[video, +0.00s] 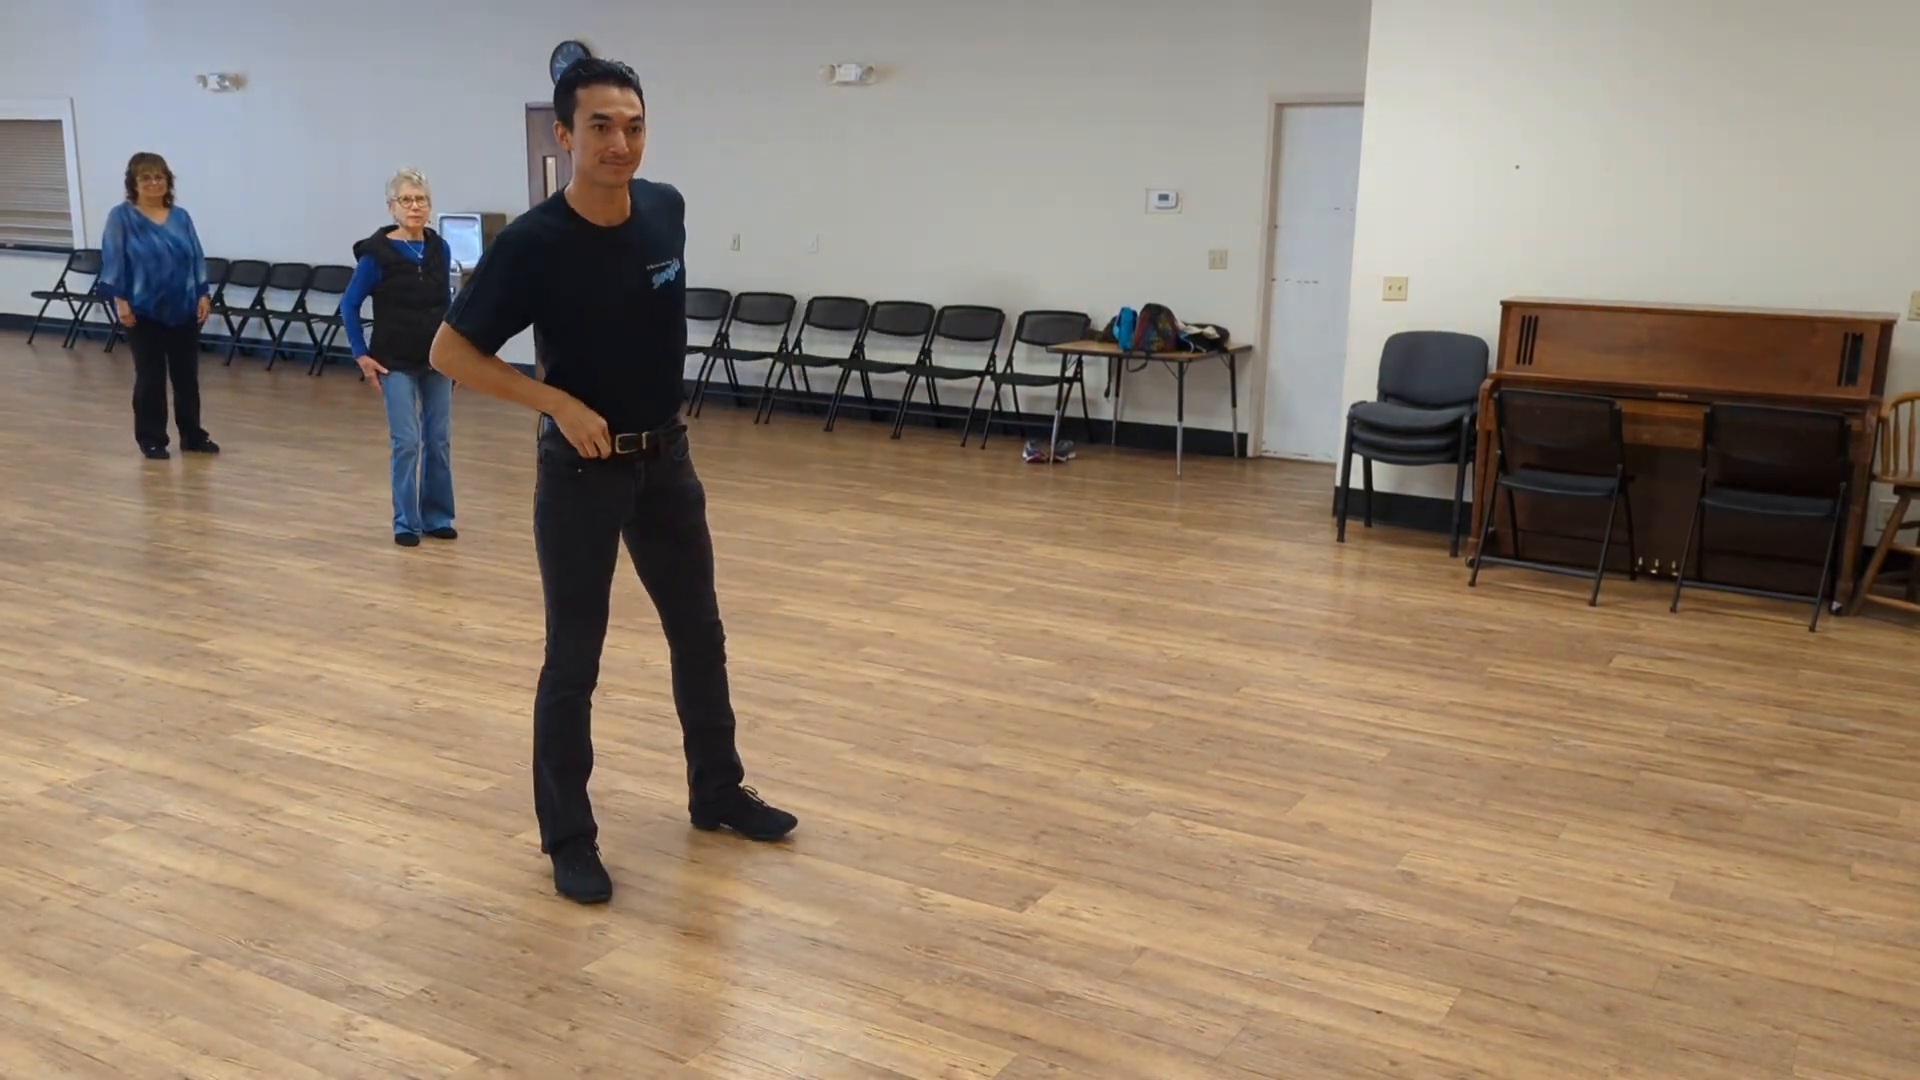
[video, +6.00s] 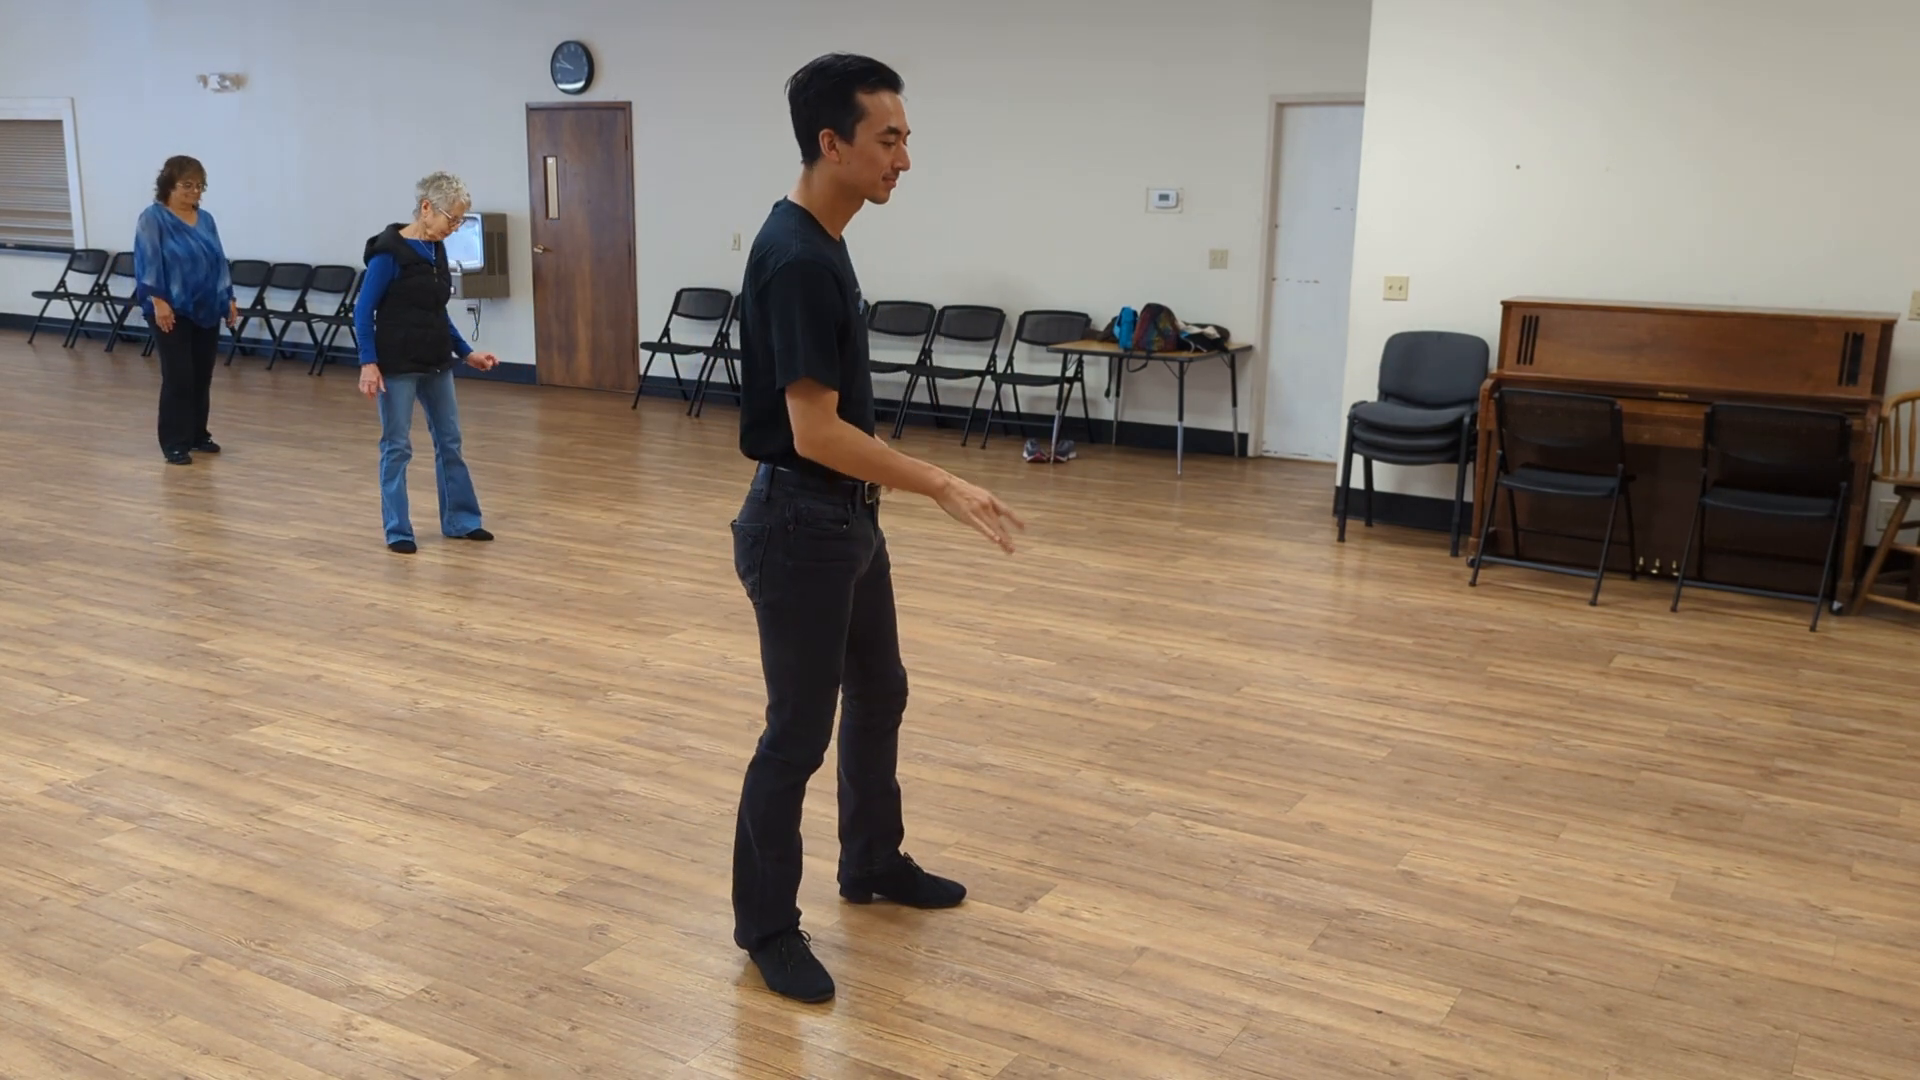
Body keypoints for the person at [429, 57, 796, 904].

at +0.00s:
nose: (619, 142)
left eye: (631, 127)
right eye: (601, 127)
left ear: (645, 133)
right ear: (566, 134)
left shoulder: (665, 209)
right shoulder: (532, 242)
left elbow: (652, 317)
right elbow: (448, 350)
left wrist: (659, 405)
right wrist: (553, 400)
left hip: (663, 462)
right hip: (581, 474)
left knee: (699, 635)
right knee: (573, 662)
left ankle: (718, 793)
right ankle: (569, 842)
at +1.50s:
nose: (741, 149)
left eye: (738, 135)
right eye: (735, 136)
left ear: (689, 143)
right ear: (704, 145)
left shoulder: (704, 229)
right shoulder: (599, 223)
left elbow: (665, 322)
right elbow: (488, 279)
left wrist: (676, 403)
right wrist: (557, 380)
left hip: (698, 471)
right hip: (622, 473)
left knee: (707, 643)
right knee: (600, 660)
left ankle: (711, 793)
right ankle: (571, 838)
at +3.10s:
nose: (827, 165)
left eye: (831, 150)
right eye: (813, 148)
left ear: (793, 152)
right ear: (760, 145)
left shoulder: (793, 236)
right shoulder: (685, 230)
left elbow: (744, 329)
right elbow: (562, 283)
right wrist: (633, 381)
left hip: (769, 482)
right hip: (692, 483)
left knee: (784, 665)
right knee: (653, 669)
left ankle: (798, 827)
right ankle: (582, 832)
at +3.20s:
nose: (855, 165)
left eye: (859, 150)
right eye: (843, 147)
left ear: (839, 151)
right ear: (788, 143)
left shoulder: (822, 241)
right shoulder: (714, 232)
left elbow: (833, 331)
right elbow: (593, 299)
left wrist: (837, 383)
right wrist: (670, 391)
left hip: (792, 480)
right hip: (716, 481)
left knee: (794, 670)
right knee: (696, 673)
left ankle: (799, 829)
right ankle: (598, 823)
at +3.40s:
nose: (884, 166)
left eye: (888, 150)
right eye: (872, 148)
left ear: (866, 150)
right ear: (818, 140)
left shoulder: (857, 252)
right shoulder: (754, 233)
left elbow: (906, 355)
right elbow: (678, 350)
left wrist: (953, 425)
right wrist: (757, 446)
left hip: (822, 486)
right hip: (749, 490)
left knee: (809, 671)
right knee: (751, 677)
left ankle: (800, 830)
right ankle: (691, 853)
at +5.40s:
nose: (920, 148)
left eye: (922, 132)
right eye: (905, 129)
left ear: (881, 143)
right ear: (848, 135)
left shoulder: (872, 252)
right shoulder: (805, 244)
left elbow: (864, 394)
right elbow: (771, 401)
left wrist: (941, 454)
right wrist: (866, 501)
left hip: (867, 523)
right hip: (803, 527)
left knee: (883, 697)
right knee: (805, 732)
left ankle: (872, 859)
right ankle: (768, 927)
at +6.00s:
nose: (903, 155)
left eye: (904, 137)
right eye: (888, 137)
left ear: (839, 146)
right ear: (828, 142)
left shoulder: (818, 243)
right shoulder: (797, 258)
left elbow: (817, 410)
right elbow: (812, 427)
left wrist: (865, 485)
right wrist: (944, 484)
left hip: (846, 517)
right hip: (798, 525)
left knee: (877, 695)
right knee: (795, 733)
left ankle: (871, 863)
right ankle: (767, 926)